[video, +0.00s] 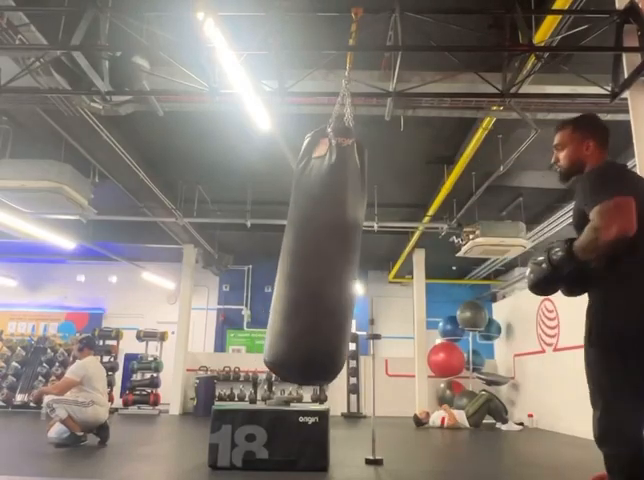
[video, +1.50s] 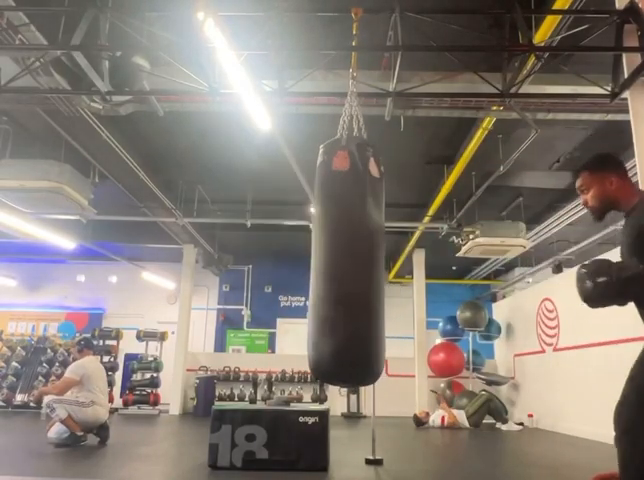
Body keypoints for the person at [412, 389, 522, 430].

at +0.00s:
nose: (423, 410)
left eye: (421, 411)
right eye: (421, 413)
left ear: (423, 417)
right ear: (423, 418)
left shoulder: (434, 415)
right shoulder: (434, 420)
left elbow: (451, 418)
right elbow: (453, 423)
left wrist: (446, 410)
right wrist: (447, 410)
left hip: (467, 413)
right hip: (470, 419)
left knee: (484, 393)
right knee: (487, 396)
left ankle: (501, 420)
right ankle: (505, 422)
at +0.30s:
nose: (423, 410)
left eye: (421, 411)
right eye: (421, 413)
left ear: (423, 417)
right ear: (423, 419)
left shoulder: (434, 415)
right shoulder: (434, 420)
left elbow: (450, 418)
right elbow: (452, 423)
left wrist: (446, 410)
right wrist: (446, 410)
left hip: (467, 413)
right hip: (470, 419)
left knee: (484, 393)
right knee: (487, 397)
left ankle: (501, 420)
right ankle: (505, 422)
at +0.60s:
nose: (423, 410)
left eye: (421, 410)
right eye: (421, 412)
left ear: (422, 417)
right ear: (423, 418)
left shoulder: (434, 416)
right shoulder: (434, 420)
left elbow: (451, 419)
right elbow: (453, 422)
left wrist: (446, 410)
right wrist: (447, 410)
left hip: (466, 413)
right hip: (469, 419)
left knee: (484, 393)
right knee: (487, 397)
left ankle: (501, 420)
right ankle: (505, 422)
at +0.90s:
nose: (423, 410)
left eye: (420, 411)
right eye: (421, 412)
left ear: (423, 417)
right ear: (423, 418)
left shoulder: (434, 415)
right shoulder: (434, 420)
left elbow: (451, 419)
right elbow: (453, 423)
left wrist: (446, 410)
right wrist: (447, 410)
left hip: (467, 413)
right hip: (469, 419)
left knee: (484, 393)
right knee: (487, 396)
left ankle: (501, 420)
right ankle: (505, 422)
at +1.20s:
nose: (423, 410)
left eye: (421, 410)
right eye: (421, 412)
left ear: (423, 415)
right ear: (423, 418)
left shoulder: (435, 415)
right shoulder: (434, 420)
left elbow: (450, 416)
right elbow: (453, 423)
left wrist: (448, 407)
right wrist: (448, 410)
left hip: (467, 413)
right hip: (469, 419)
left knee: (484, 393)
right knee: (487, 396)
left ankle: (501, 420)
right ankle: (505, 422)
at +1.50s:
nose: (423, 410)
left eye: (421, 411)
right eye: (421, 413)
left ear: (423, 416)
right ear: (423, 418)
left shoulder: (434, 415)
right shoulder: (434, 421)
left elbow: (448, 414)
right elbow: (453, 422)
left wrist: (443, 404)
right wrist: (445, 407)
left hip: (466, 413)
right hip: (469, 419)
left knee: (484, 393)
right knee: (487, 397)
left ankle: (500, 420)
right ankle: (505, 422)